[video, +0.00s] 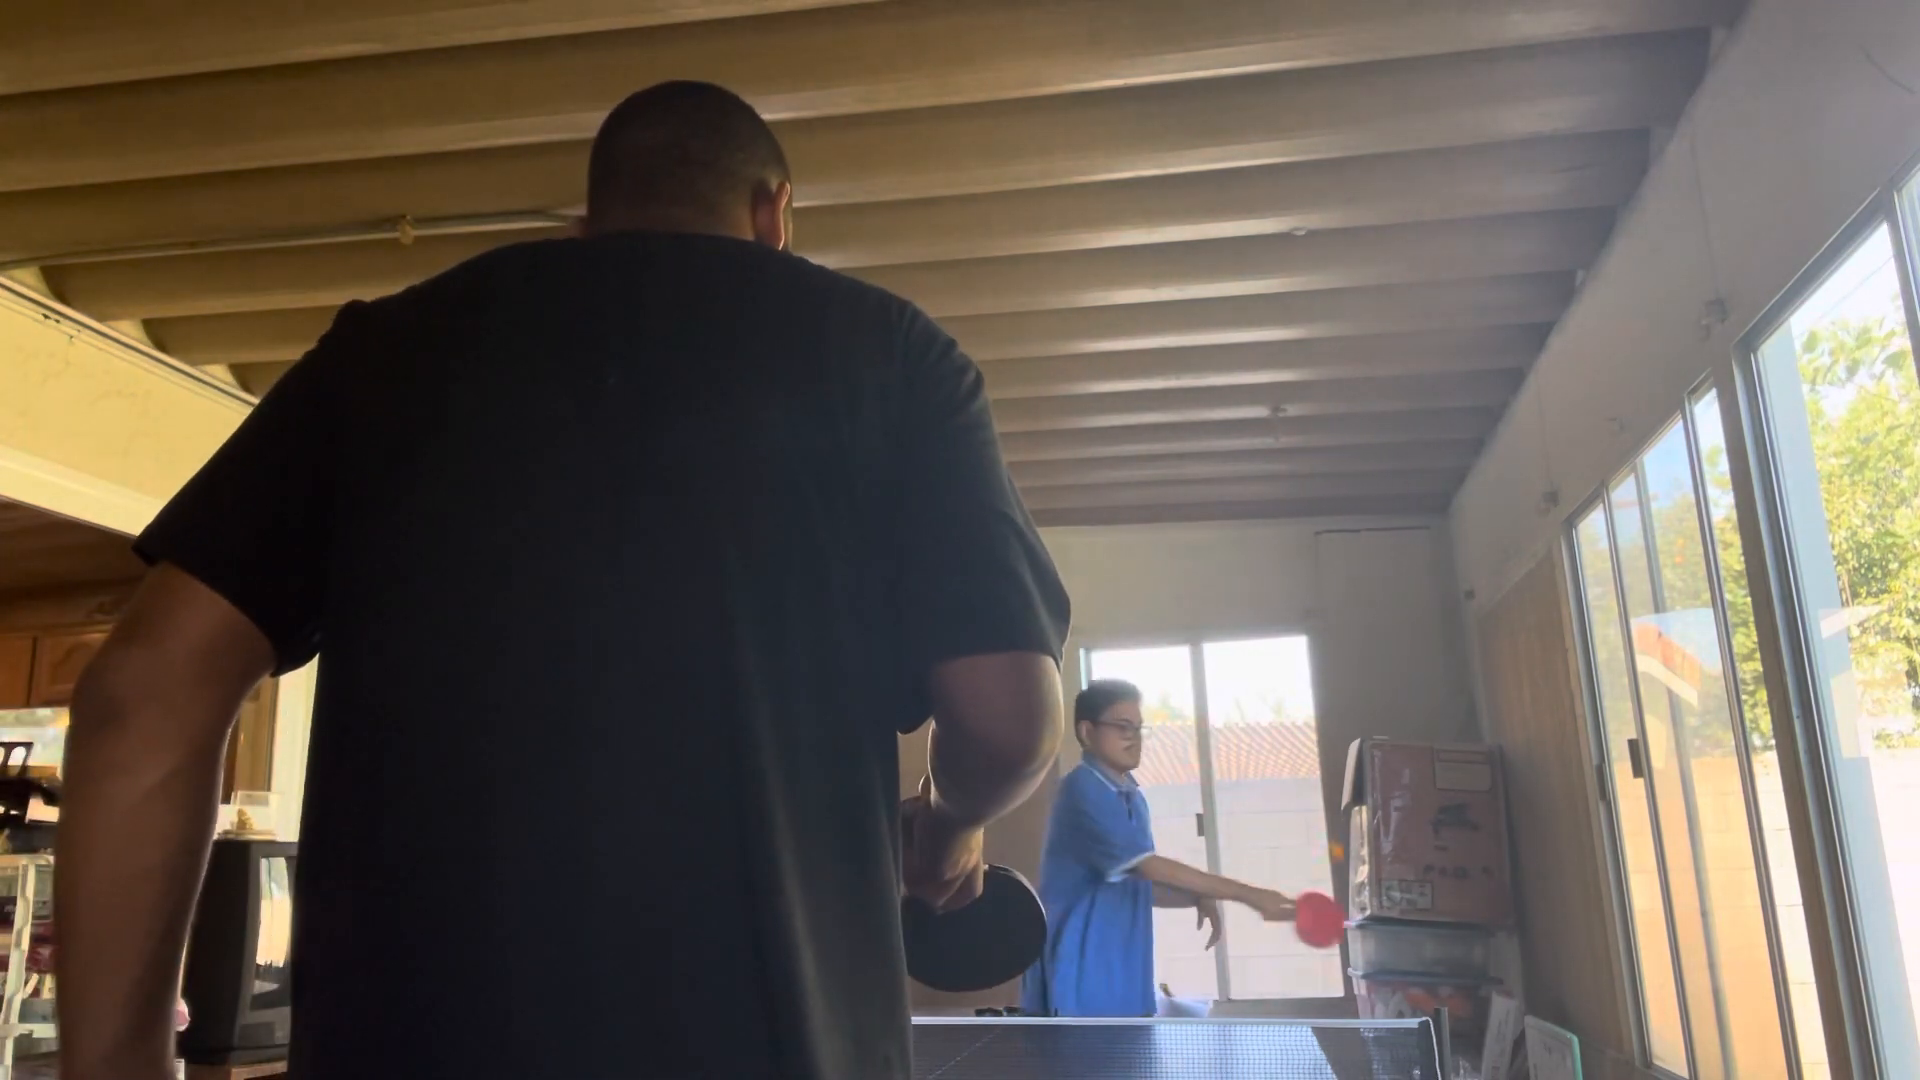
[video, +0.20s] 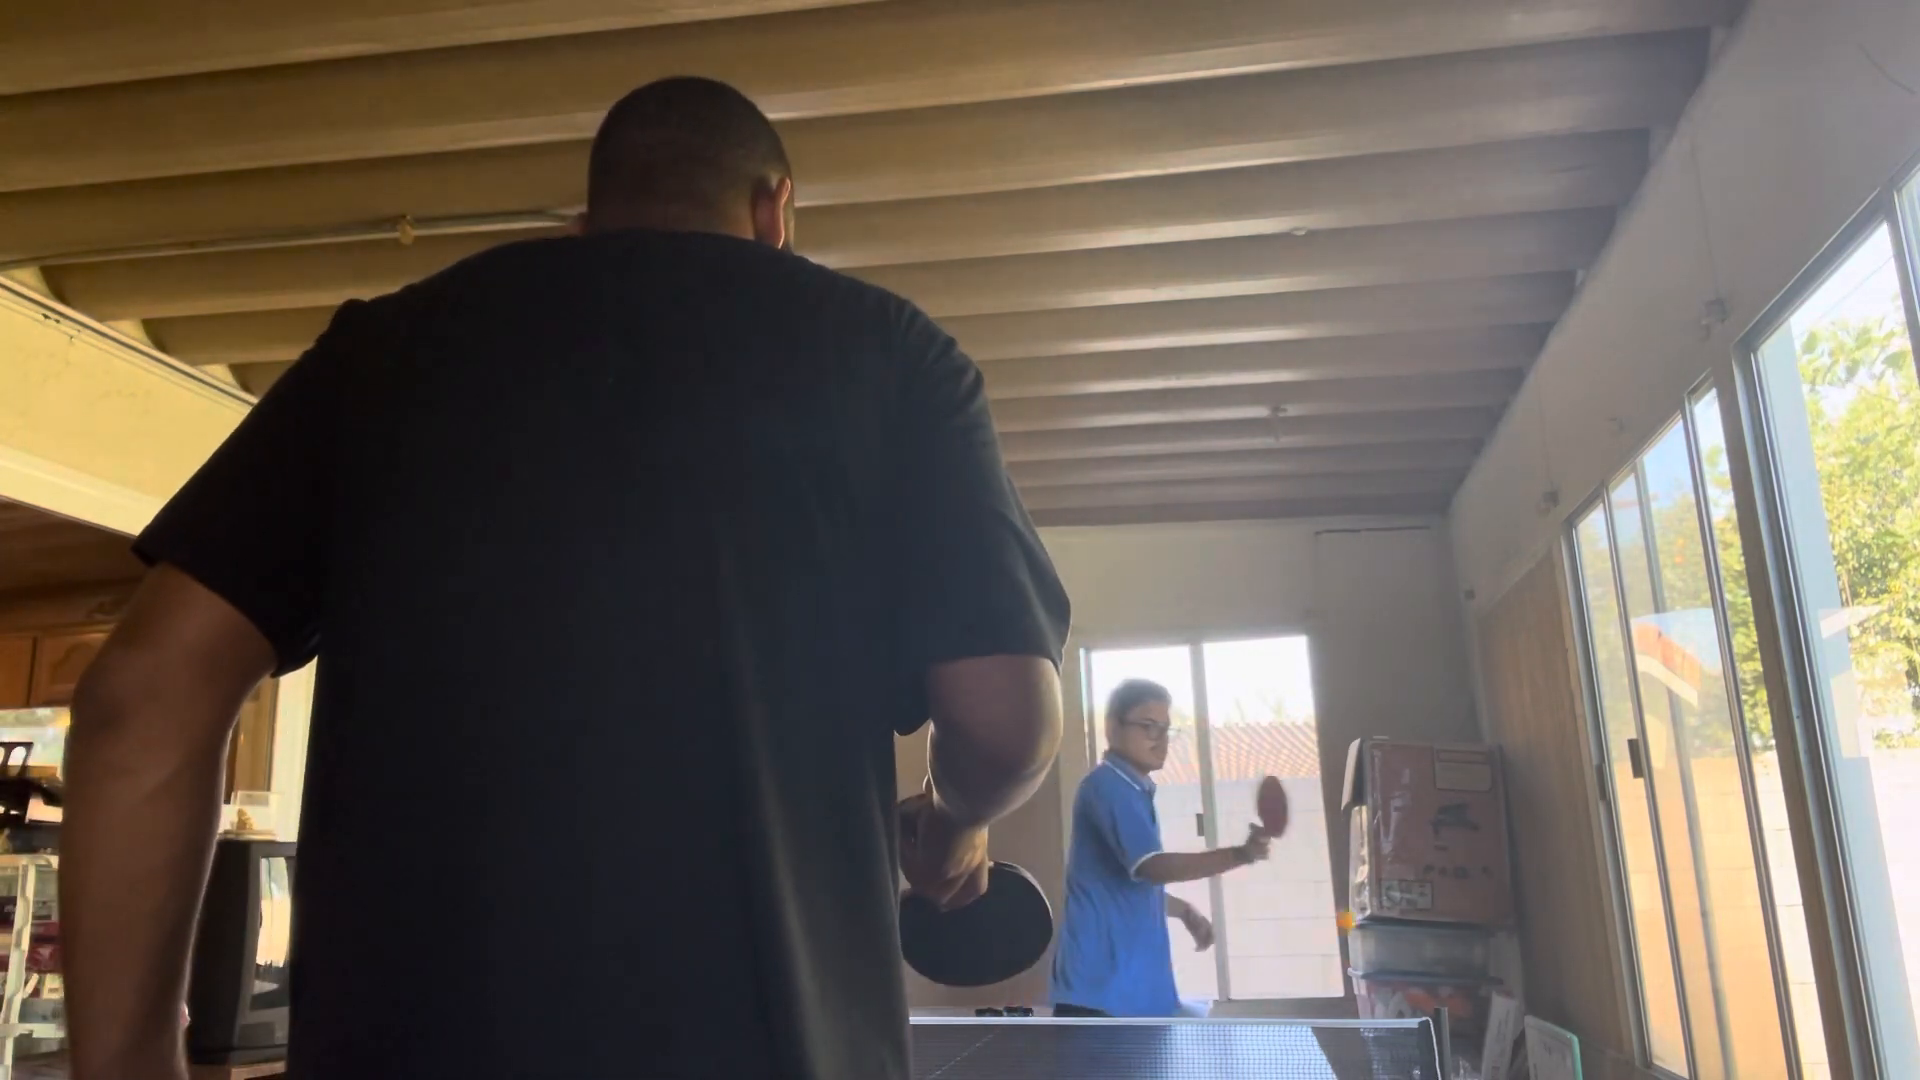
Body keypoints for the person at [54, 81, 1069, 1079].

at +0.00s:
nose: (795, 244)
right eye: (792, 223)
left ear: (583, 212)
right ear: (774, 215)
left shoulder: (388, 345)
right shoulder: (881, 348)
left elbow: (142, 694)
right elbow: (1010, 721)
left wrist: (116, 1058)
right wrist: (945, 823)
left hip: (409, 1036)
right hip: (773, 1038)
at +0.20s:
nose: (797, 243)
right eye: (794, 221)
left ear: (586, 205)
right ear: (774, 211)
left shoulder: (389, 341)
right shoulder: (881, 347)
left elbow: (141, 694)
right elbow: (1006, 720)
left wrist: (126, 1058)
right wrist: (947, 821)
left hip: (407, 1036)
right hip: (772, 1039)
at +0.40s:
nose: (809, 253)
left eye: (808, 236)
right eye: (809, 228)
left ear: (594, 202)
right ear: (775, 204)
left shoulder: (385, 340)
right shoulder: (873, 345)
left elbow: (138, 698)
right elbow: (1001, 711)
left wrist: (125, 1055)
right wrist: (973, 851)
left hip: (400, 1035)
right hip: (767, 1038)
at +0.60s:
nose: (855, 271)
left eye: (859, 253)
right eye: (860, 249)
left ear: (648, 209)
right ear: (824, 225)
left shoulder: (404, 333)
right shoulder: (878, 352)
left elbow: (140, 659)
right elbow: (987, 700)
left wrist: (148, 1031)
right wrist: (1097, 987)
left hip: (379, 1034)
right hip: (738, 1037)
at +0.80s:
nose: (893, 270)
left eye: (889, 251)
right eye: (896, 248)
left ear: (685, 207)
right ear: (861, 219)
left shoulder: (431, 331)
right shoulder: (897, 354)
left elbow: (170, 655)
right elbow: (954, 719)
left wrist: (183, 1042)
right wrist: (1109, 1027)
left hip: (353, 1038)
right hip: (725, 1044)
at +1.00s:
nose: (888, 240)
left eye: (886, 221)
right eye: (890, 216)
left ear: (680, 178)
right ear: (857, 187)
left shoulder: (427, 327)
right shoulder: (905, 347)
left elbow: (189, 679)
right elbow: (960, 743)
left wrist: (223, 1033)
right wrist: (1103, 1041)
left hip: (375, 1038)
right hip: (742, 1045)